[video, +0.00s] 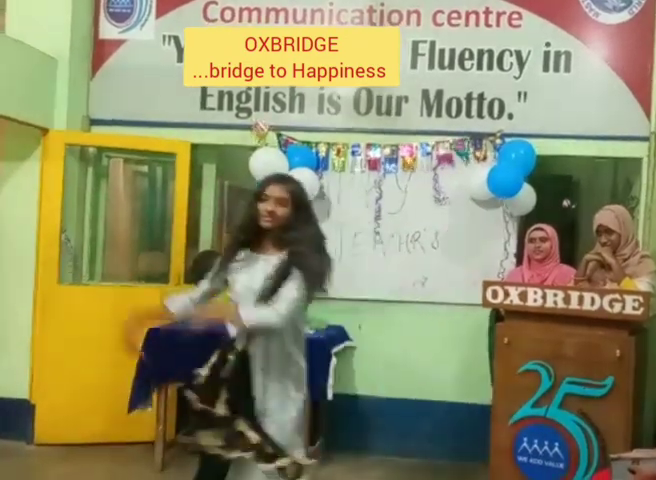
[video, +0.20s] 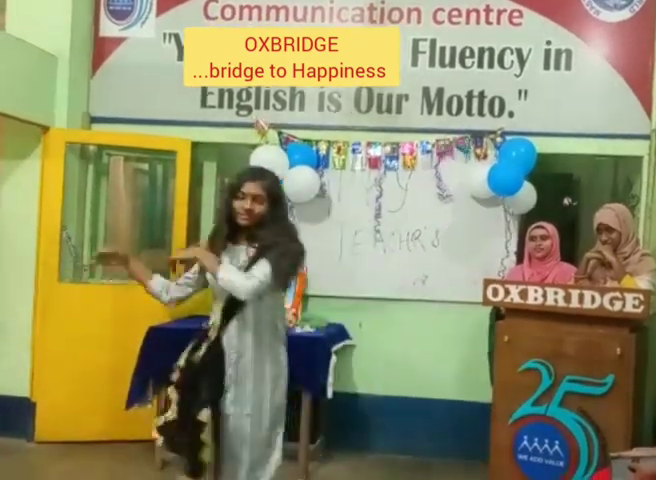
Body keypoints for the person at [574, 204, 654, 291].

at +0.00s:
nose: (603, 240)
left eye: (609, 232)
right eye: (599, 234)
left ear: (624, 232)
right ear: (595, 235)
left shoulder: (644, 263)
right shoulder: (592, 261)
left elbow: (640, 299)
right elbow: (575, 294)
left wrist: (613, 263)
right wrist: (584, 264)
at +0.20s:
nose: (603, 238)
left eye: (610, 231)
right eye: (599, 231)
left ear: (625, 230)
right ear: (596, 233)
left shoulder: (645, 262)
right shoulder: (592, 260)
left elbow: (641, 296)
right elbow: (576, 290)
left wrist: (614, 261)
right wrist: (584, 264)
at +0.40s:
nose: (603, 237)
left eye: (609, 230)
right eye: (599, 231)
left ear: (625, 230)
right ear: (596, 232)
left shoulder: (645, 262)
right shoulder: (593, 259)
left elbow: (641, 296)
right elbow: (577, 290)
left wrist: (614, 261)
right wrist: (585, 262)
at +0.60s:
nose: (602, 238)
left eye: (609, 230)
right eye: (598, 230)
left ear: (625, 229)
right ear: (595, 231)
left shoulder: (644, 260)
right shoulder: (593, 258)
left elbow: (641, 296)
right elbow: (576, 290)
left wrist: (614, 260)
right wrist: (585, 262)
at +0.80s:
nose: (602, 236)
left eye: (609, 228)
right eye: (599, 229)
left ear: (625, 228)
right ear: (595, 230)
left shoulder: (646, 259)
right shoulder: (593, 256)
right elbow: (577, 287)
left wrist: (615, 259)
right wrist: (586, 258)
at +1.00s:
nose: (602, 235)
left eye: (609, 228)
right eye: (599, 228)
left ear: (625, 227)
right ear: (595, 229)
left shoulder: (646, 259)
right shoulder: (593, 256)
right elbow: (576, 287)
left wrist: (615, 258)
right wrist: (585, 260)